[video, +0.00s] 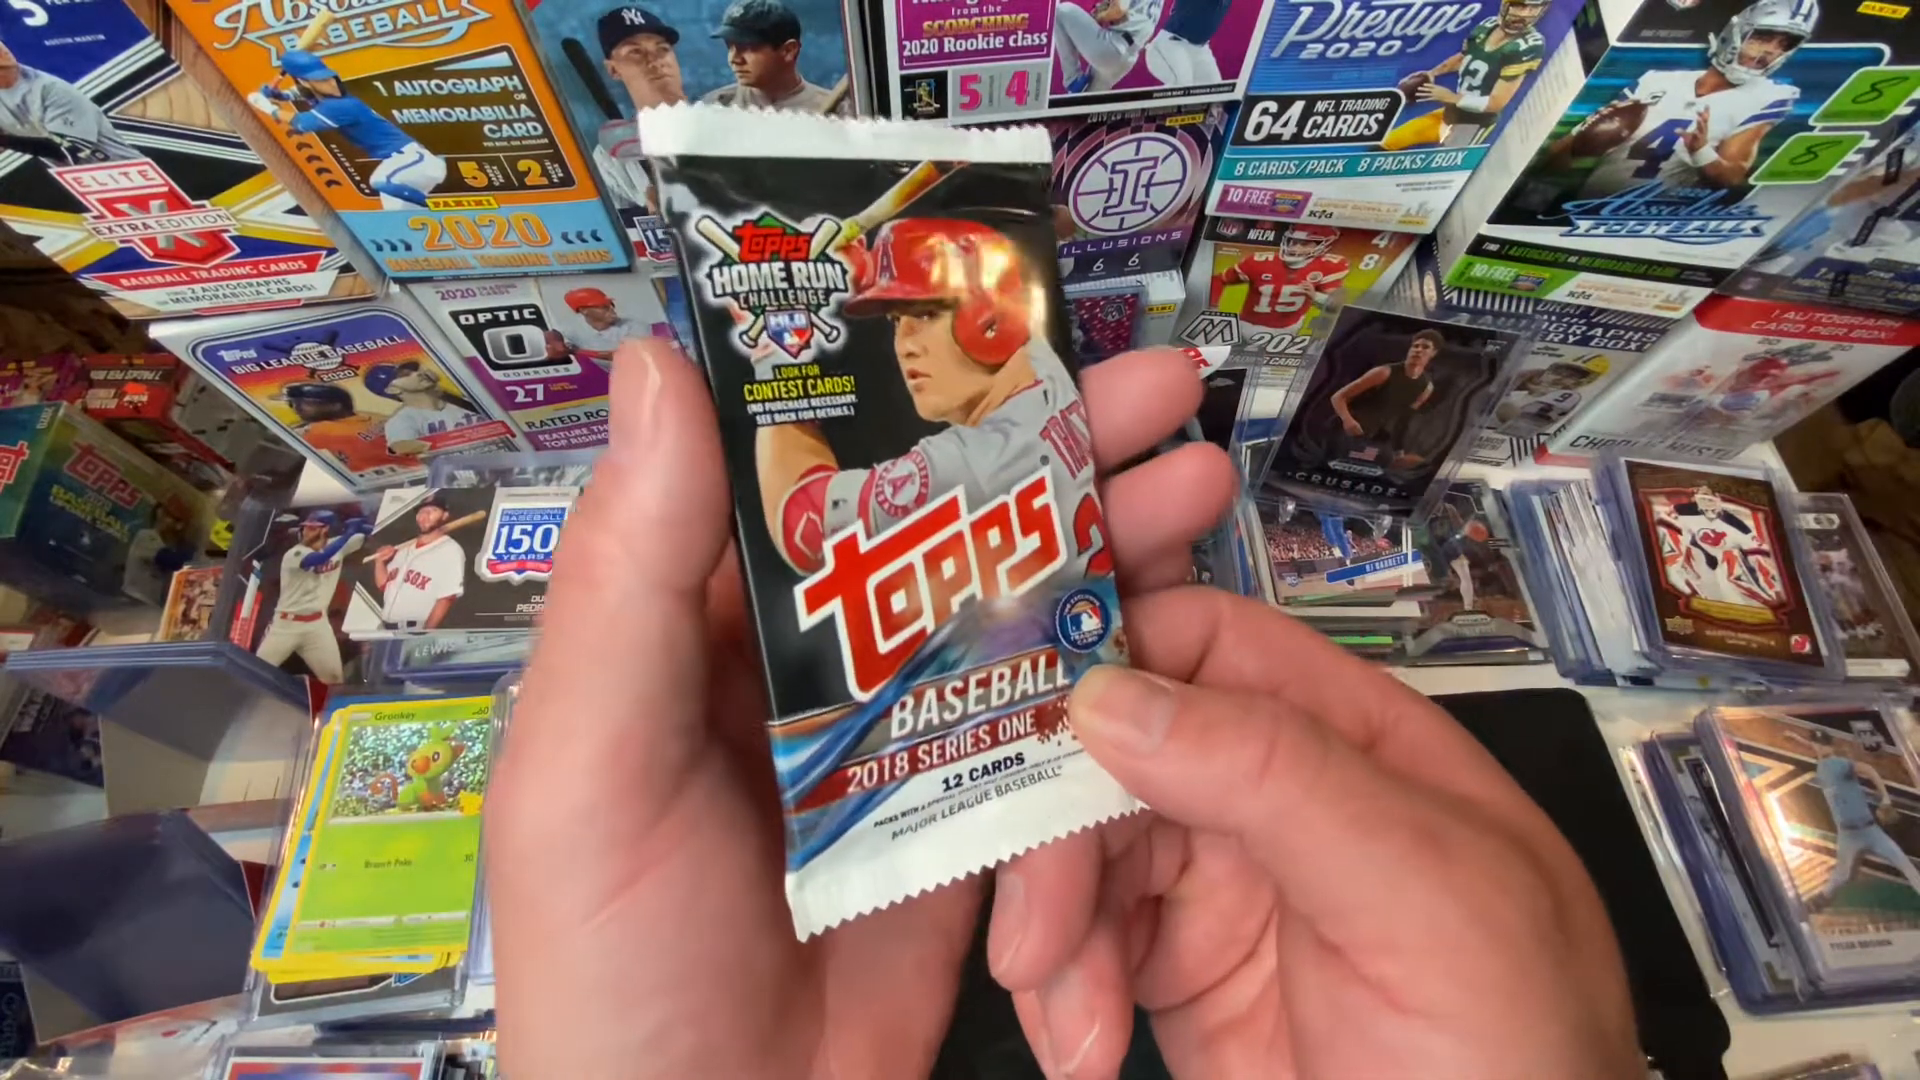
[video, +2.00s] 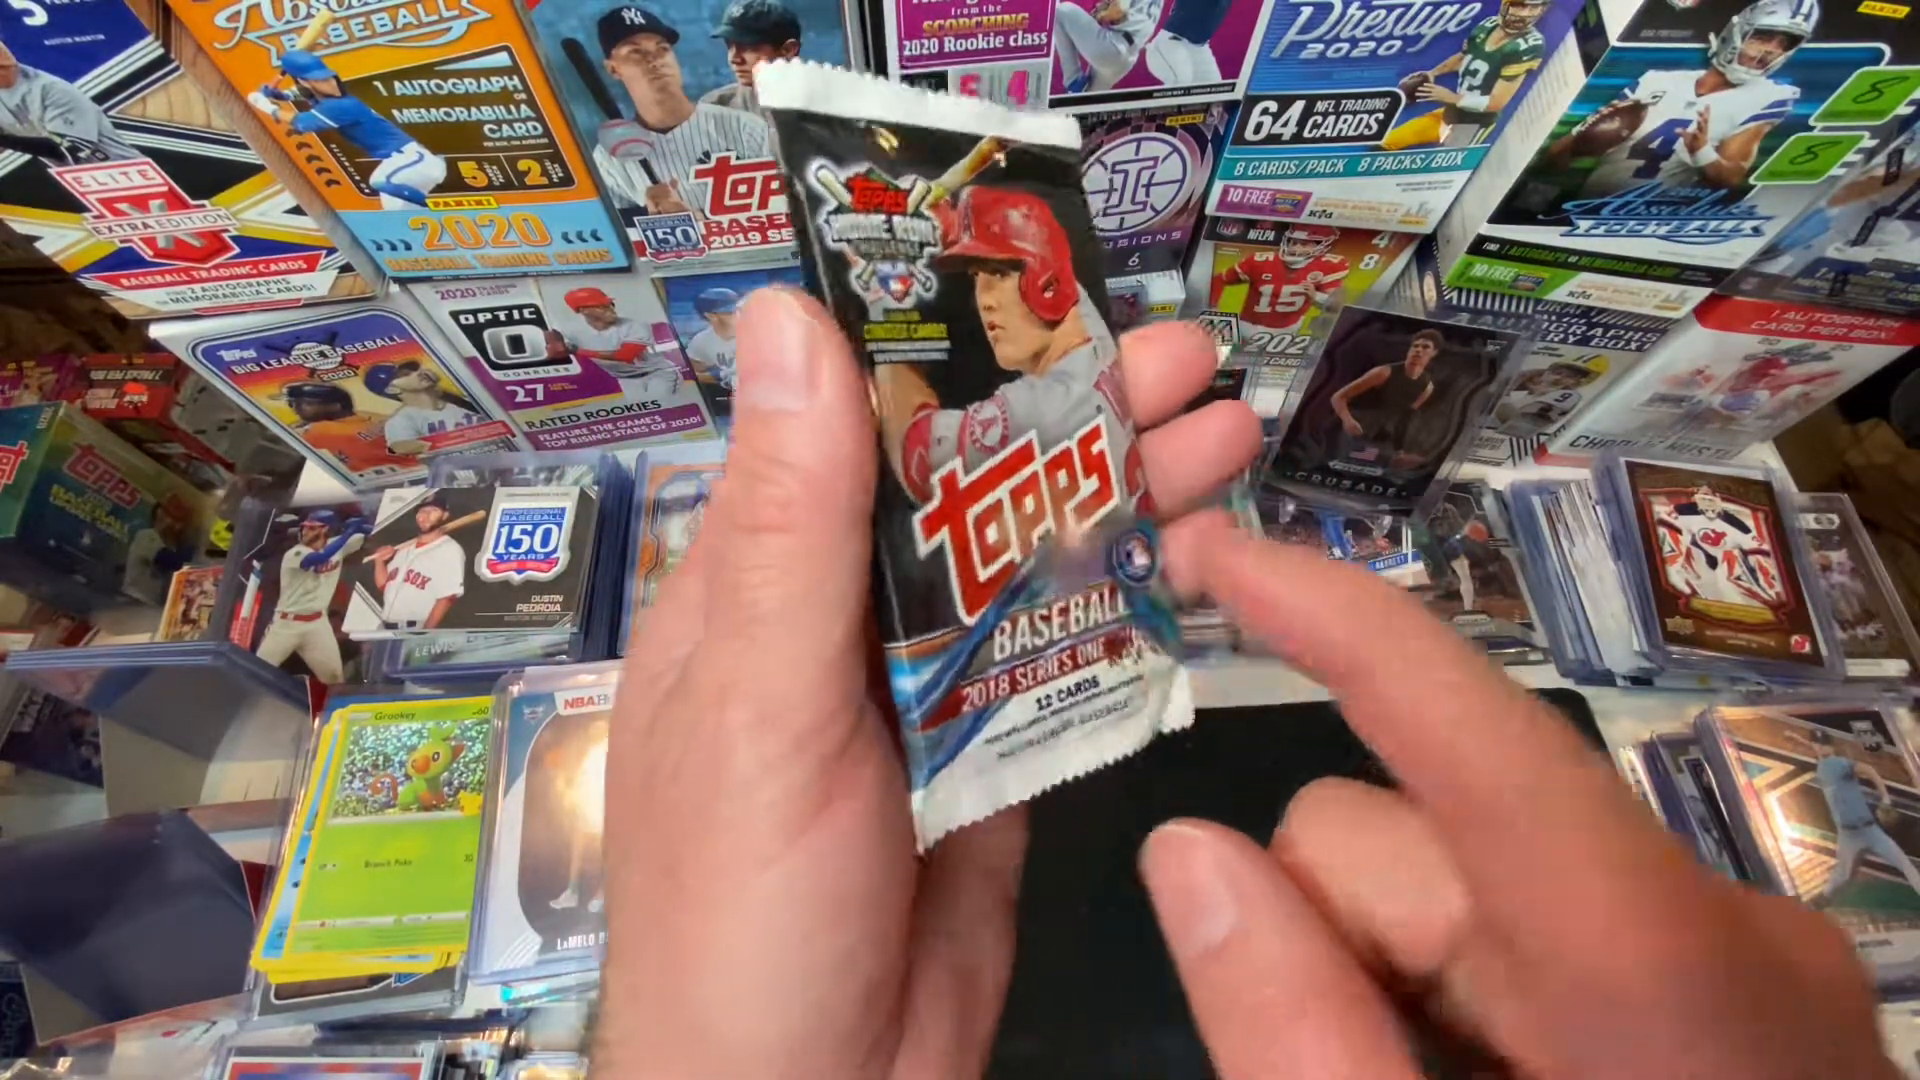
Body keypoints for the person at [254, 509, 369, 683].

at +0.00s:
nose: (305, 532)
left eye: (311, 528)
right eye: (304, 527)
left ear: (324, 530)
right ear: (302, 529)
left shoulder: (337, 548)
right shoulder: (293, 554)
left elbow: (368, 533)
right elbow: (319, 560)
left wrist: (358, 525)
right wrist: (346, 537)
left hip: (317, 626)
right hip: (284, 625)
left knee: (334, 679)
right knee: (257, 671)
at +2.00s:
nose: (303, 531)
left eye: (309, 528)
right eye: (304, 527)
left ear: (323, 531)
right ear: (303, 529)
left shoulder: (337, 548)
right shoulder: (294, 554)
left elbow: (368, 532)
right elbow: (320, 559)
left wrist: (357, 524)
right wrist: (348, 534)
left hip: (317, 625)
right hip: (285, 624)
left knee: (334, 677)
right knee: (258, 670)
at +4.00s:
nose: (303, 532)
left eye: (309, 528)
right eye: (304, 528)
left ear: (324, 531)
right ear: (303, 530)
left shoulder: (336, 549)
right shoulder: (293, 554)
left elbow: (365, 532)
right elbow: (318, 560)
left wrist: (353, 523)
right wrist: (346, 536)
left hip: (317, 625)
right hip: (284, 624)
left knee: (334, 680)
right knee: (258, 671)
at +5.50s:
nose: (304, 532)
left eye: (310, 528)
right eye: (304, 528)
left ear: (324, 530)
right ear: (302, 529)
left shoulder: (337, 547)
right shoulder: (293, 554)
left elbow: (368, 532)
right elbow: (319, 560)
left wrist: (354, 522)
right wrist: (348, 535)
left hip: (317, 625)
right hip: (285, 624)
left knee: (321, 679)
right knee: (258, 671)